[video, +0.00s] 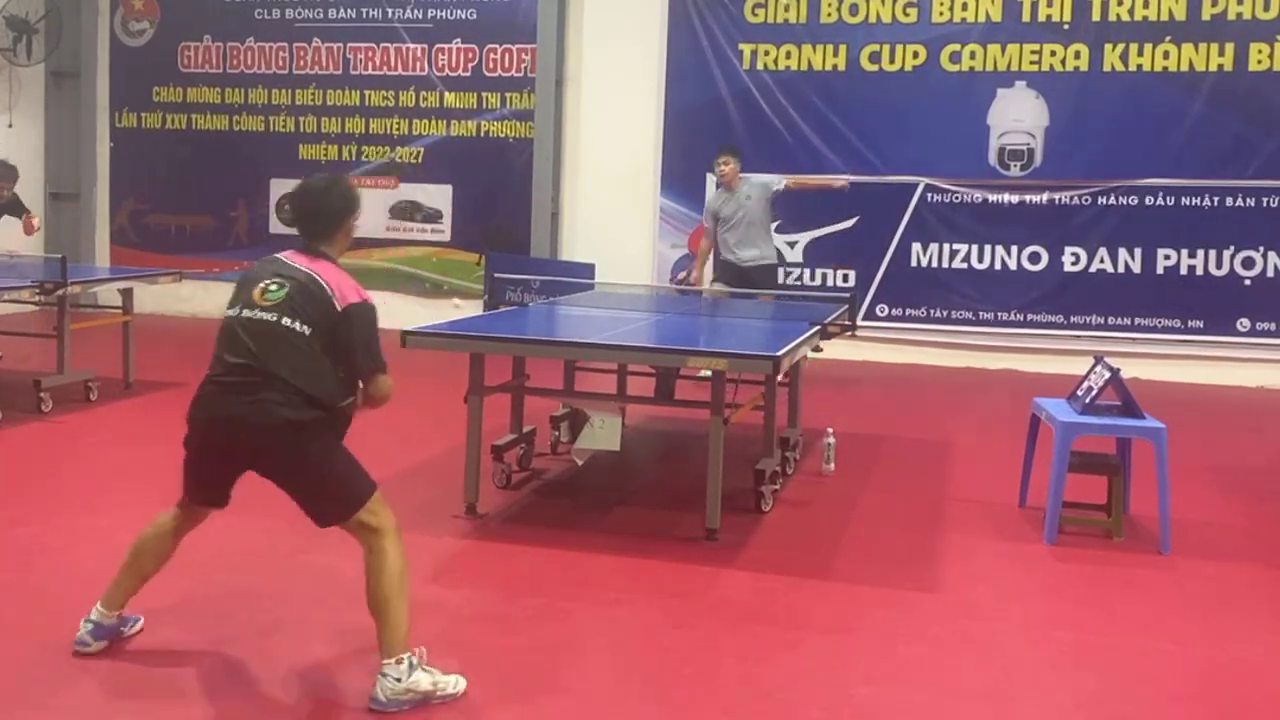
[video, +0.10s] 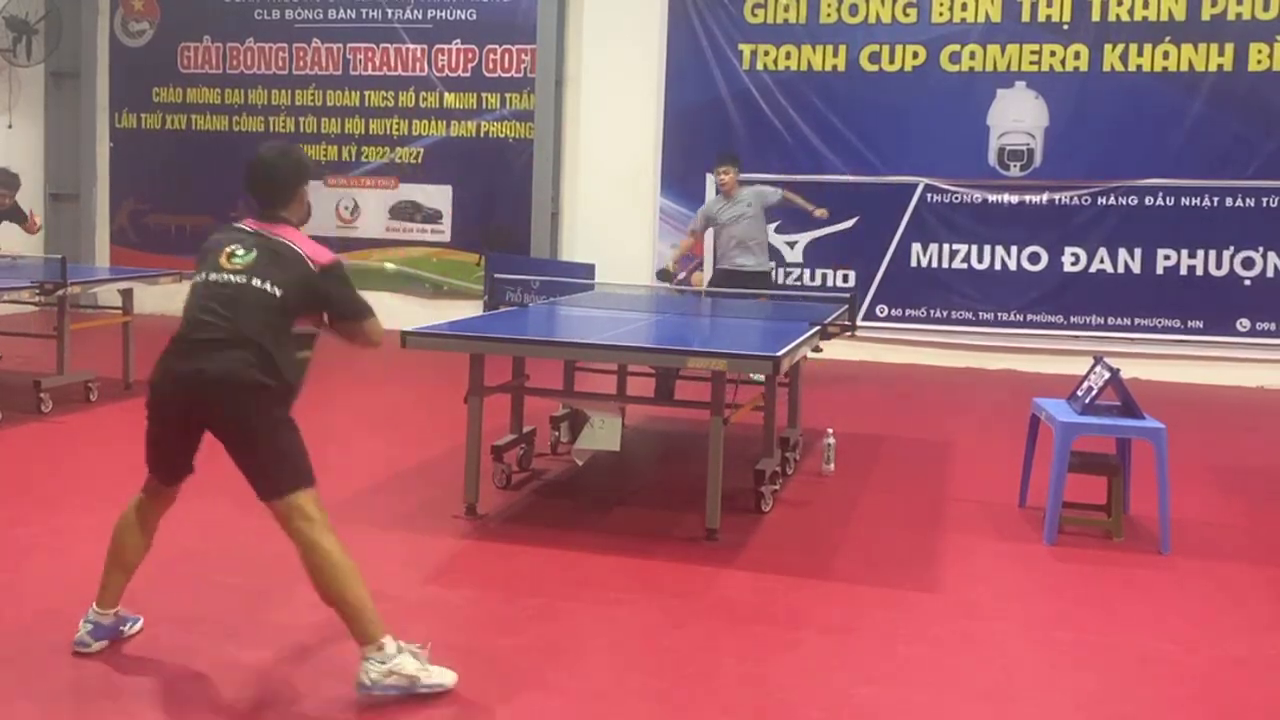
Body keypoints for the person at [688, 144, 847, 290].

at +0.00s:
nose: (721, 169)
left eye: (726, 164)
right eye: (718, 166)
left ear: (738, 166)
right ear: (715, 171)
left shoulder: (761, 185)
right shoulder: (713, 202)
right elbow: (707, 239)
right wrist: (697, 270)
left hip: (762, 264)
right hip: (729, 265)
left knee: (766, 315)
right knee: (711, 306)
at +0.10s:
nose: (721, 178)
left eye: (726, 173)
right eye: (718, 174)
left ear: (737, 175)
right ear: (715, 178)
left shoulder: (756, 194)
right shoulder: (710, 208)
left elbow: (786, 196)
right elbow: (692, 237)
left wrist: (812, 209)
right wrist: (673, 260)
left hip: (757, 273)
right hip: (725, 273)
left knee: (761, 320)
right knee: (711, 316)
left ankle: (757, 368)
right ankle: (713, 361)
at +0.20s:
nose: (722, 198)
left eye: (726, 193)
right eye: (718, 194)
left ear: (738, 195)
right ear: (716, 198)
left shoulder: (755, 219)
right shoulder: (709, 225)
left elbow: (774, 239)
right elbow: (686, 247)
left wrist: (786, 259)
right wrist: (671, 263)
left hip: (754, 289)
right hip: (721, 291)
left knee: (763, 331)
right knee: (718, 337)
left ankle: (760, 373)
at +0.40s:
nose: (749, 214)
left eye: (754, 209)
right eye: (746, 209)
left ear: (764, 212)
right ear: (741, 212)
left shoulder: (776, 235)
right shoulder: (729, 237)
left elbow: (783, 257)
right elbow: (714, 264)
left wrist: (777, 268)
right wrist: (719, 291)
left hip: (769, 295)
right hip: (735, 296)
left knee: (800, 319)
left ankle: (809, 364)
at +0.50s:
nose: (777, 214)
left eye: (781, 209)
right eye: (773, 209)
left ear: (790, 210)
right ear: (767, 210)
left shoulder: (801, 229)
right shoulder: (756, 237)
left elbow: (809, 248)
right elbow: (746, 267)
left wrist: (815, 266)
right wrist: (765, 284)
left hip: (793, 291)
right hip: (763, 293)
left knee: (820, 317)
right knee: (759, 328)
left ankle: (818, 364)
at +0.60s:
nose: (798, 208)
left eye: (803, 203)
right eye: (795, 203)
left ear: (812, 204)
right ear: (789, 204)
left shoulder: (824, 221)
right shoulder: (779, 230)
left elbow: (832, 242)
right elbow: (769, 265)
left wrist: (842, 259)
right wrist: (800, 271)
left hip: (812, 284)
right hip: (780, 287)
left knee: (832, 319)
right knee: (777, 325)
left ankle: (820, 364)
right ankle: (786, 362)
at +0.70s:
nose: (814, 196)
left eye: (819, 191)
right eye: (810, 191)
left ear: (827, 192)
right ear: (803, 192)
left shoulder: (839, 212)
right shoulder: (796, 219)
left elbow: (850, 234)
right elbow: (779, 253)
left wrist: (864, 245)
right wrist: (795, 251)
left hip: (828, 279)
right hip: (796, 279)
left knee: (837, 320)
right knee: (786, 320)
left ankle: (820, 365)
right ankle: (791, 359)